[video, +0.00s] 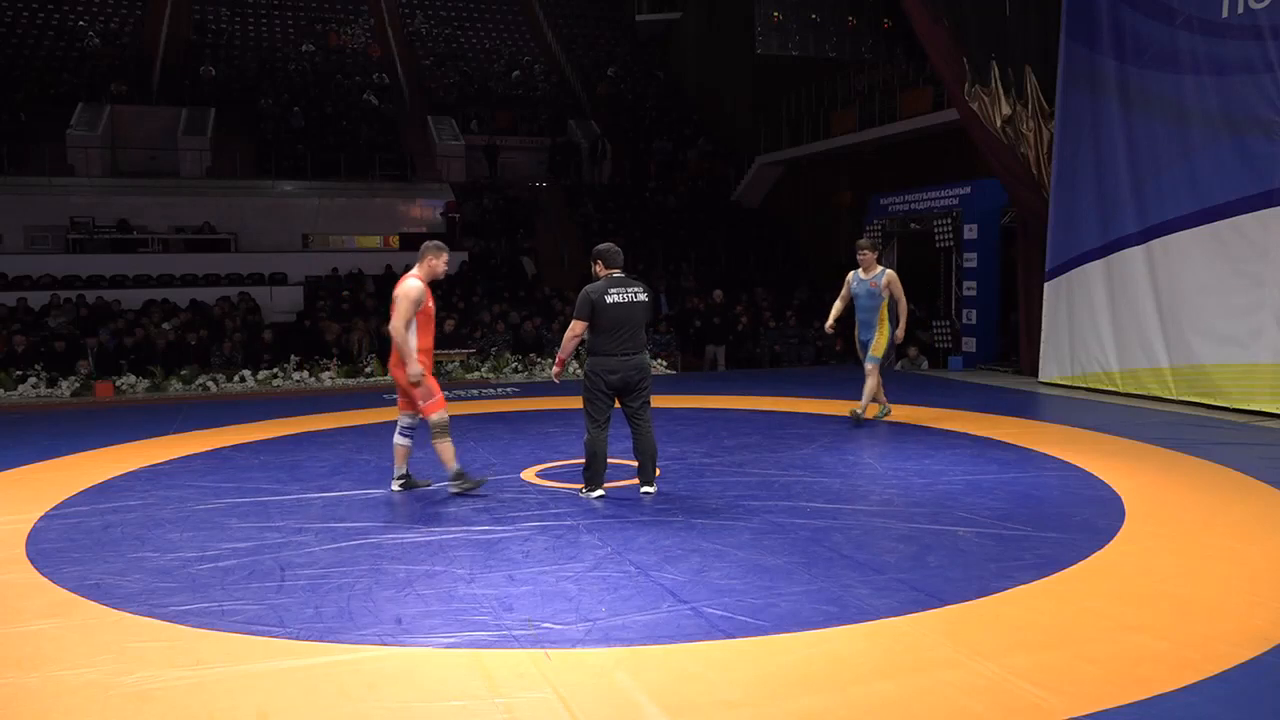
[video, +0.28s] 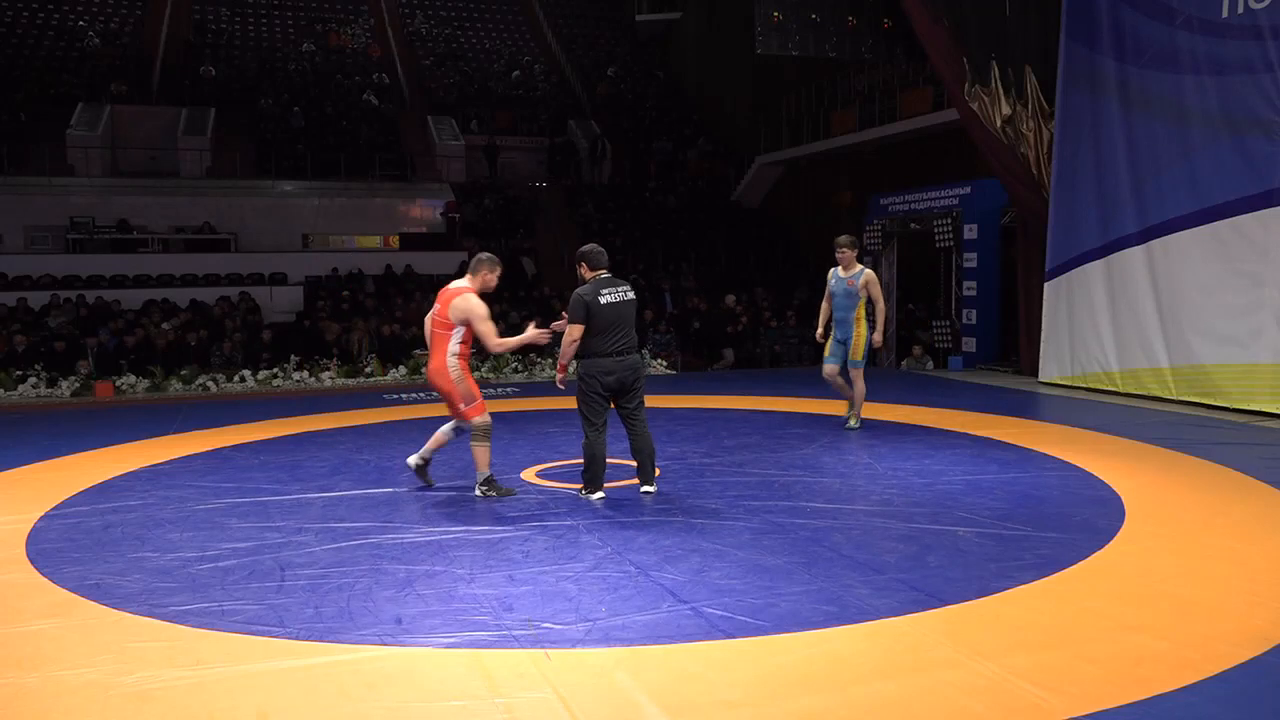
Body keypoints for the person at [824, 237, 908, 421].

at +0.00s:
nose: (860, 257)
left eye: (865, 254)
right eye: (858, 254)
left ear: (875, 255)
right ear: (856, 256)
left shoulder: (888, 276)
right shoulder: (852, 276)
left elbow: (901, 301)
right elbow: (842, 300)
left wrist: (901, 328)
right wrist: (831, 318)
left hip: (880, 330)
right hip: (860, 330)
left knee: (871, 367)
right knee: (870, 369)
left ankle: (861, 409)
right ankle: (883, 403)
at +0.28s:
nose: (839, 255)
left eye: (843, 252)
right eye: (837, 252)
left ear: (854, 253)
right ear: (835, 253)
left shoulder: (867, 275)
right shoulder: (833, 274)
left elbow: (879, 303)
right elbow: (827, 301)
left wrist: (878, 331)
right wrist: (821, 325)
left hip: (857, 332)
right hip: (836, 331)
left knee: (855, 373)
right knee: (829, 372)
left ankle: (856, 414)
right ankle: (853, 399)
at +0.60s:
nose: (804, 260)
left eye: (808, 256)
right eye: (802, 256)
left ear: (819, 256)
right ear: (799, 258)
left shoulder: (833, 277)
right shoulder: (800, 280)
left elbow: (848, 301)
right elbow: (803, 308)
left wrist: (843, 325)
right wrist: (800, 332)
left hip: (825, 338)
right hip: (802, 337)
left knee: (833, 380)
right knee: (794, 378)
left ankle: (849, 412)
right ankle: (791, 422)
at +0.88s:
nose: (774, 254)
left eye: (778, 250)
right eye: (772, 251)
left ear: (790, 250)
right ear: (770, 252)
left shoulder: (806, 272)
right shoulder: (772, 273)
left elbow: (819, 301)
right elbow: (764, 302)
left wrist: (815, 331)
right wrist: (755, 327)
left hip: (795, 333)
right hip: (775, 333)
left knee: (779, 372)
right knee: (781, 376)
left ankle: (789, 418)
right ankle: (788, 417)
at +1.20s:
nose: (744, 258)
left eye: (748, 254)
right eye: (742, 254)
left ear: (761, 254)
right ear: (740, 254)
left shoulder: (774, 279)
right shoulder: (739, 277)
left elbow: (785, 311)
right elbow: (731, 304)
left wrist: (785, 342)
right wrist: (719, 323)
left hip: (760, 338)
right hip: (741, 337)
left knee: (750, 383)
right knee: (740, 388)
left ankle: (744, 431)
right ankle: (772, 409)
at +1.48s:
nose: (713, 256)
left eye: (717, 252)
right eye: (711, 252)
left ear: (731, 251)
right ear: (709, 253)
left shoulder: (746, 273)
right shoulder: (709, 276)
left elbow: (760, 303)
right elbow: (702, 304)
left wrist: (747, 328)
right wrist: (691, 321)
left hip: (735, 342)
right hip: (710, 342)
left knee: (739, 389)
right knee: (696, 386)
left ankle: (743, 431)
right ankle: (688, 432)